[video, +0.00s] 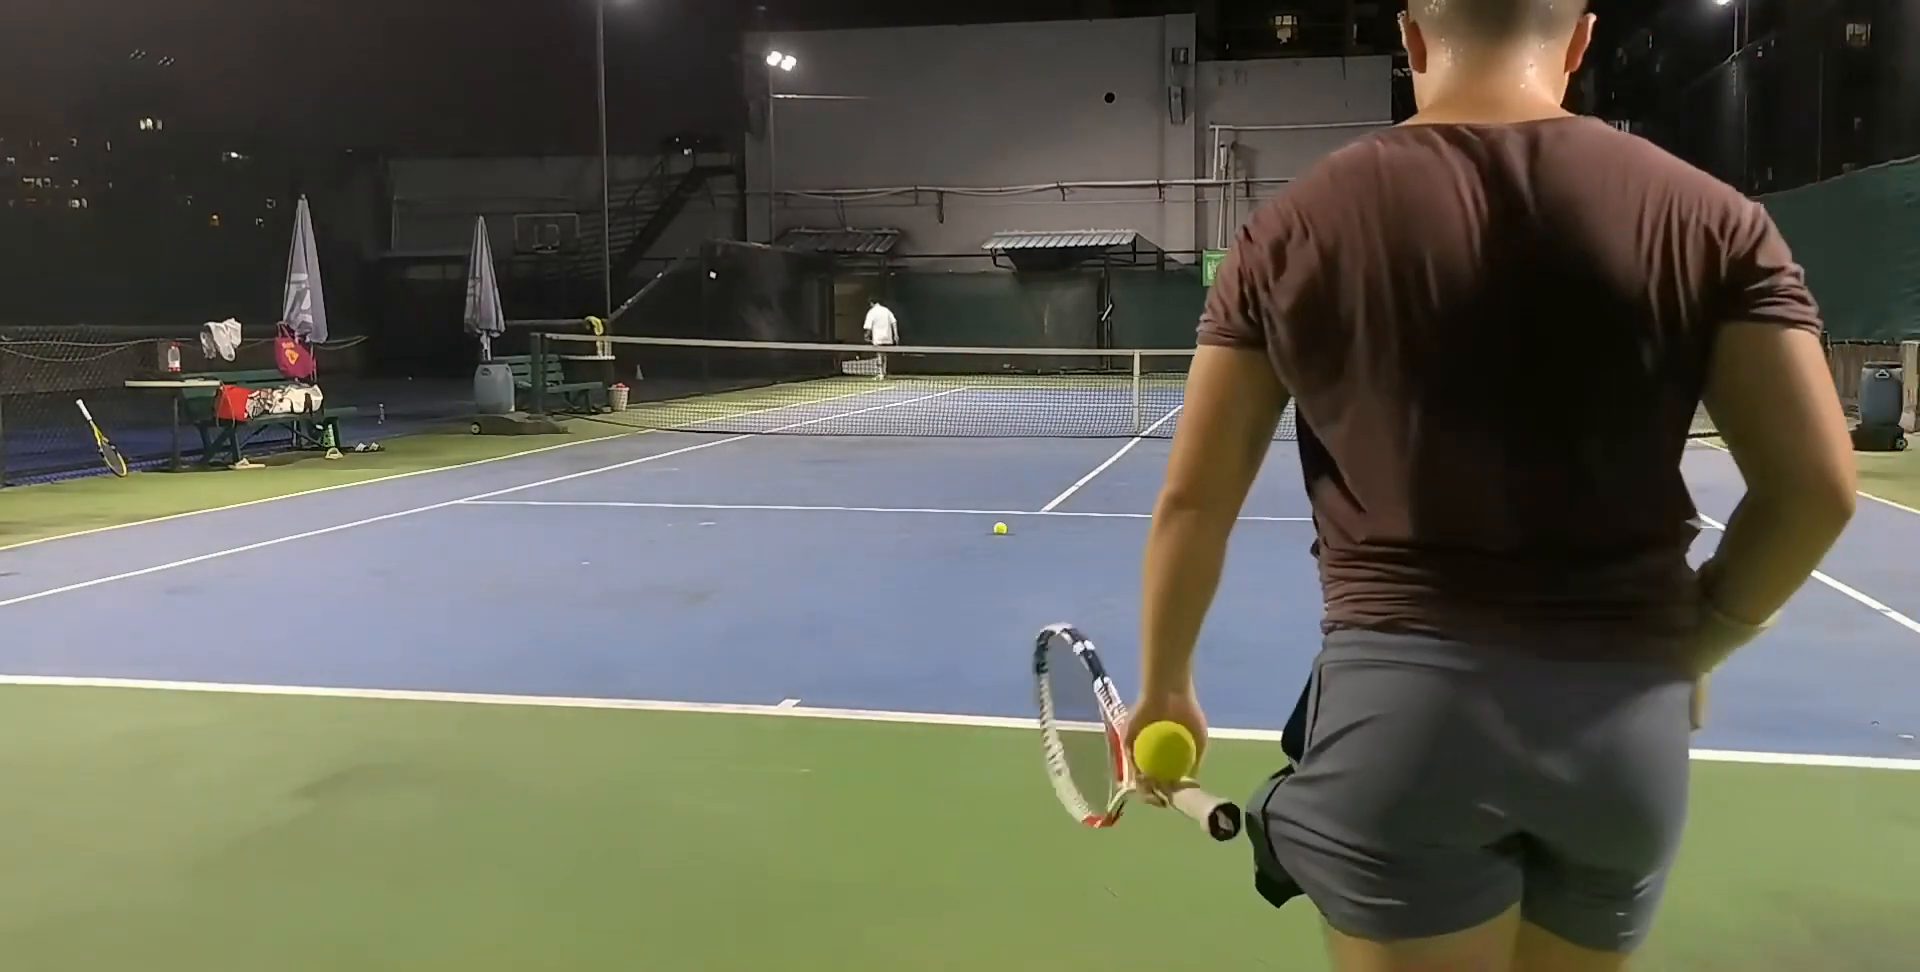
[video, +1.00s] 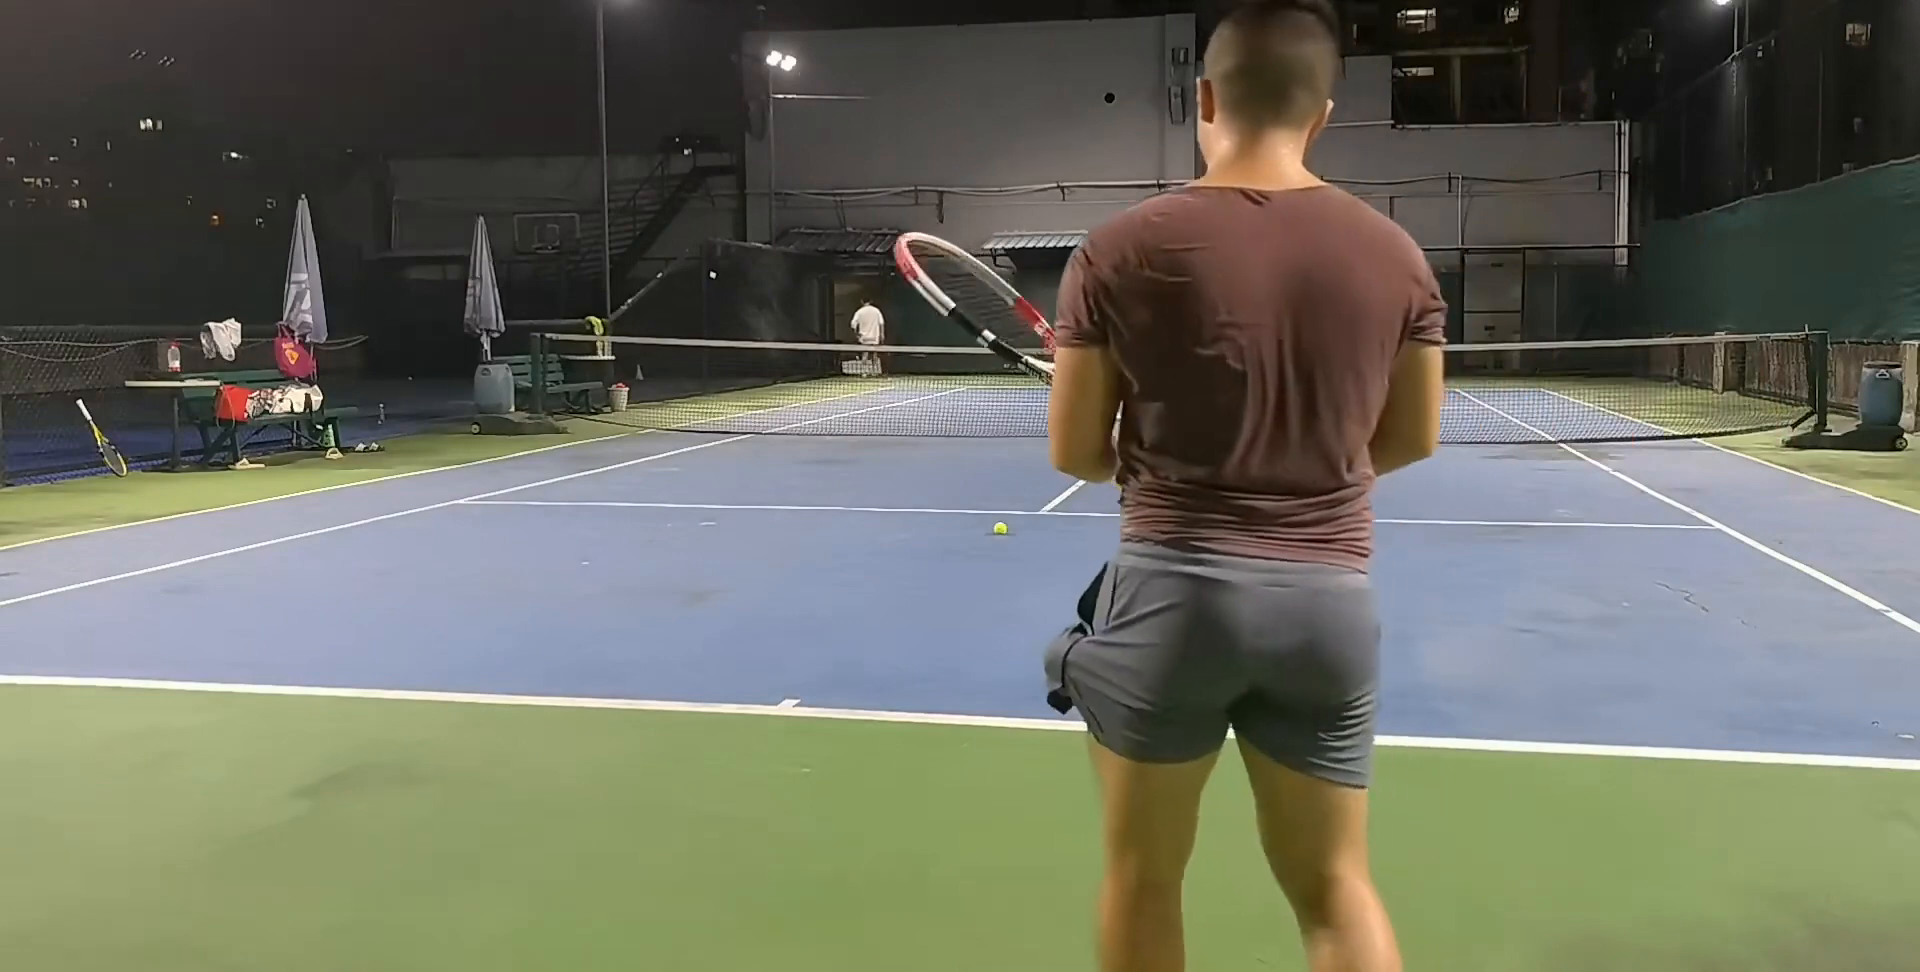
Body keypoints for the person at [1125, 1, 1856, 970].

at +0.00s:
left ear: (1413, 34)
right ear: (1578, 37)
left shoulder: (1301, 223)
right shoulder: (1705, 218)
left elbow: (1192, 502)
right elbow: (1813, 486)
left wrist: (1164, 689)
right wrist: (1692, 638)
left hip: (1391, 714)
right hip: (1624, 727)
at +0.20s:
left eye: (1409, 66)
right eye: (1574, 79)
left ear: (1415, 70)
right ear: (1567, 77)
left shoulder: (1294, 225)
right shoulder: (1652, 245)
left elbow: (1170, 464)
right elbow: (1745, 496)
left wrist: (1158, 633)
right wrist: (1618, 616)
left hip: (1352, 683)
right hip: (1558, 686)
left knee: (1381, 953)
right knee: (1508, 954)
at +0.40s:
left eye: (1399, 71)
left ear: (1410, 71)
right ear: (1549, 91)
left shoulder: (1301, 207)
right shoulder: (1622, 243)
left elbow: (1154, 423)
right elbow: (1697, 475)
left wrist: (1145, 557)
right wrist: (1585, 613)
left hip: (1326, 643)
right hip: (1519, 642)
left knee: (1267, 953)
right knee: (1483, 956)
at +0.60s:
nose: (1346, 94)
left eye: (1348, 74)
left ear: (1364, 73)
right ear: (1490, 96)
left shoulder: (1277, 207)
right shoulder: (1570, 241)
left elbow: (1124, 409)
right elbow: (1631, 455)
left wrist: (1113, 494)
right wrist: (1529, 568)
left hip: (1300, 622)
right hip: (1483, 624)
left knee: (1214, 906)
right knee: (1456, 943)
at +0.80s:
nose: (1277, 118)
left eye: (1278, 102)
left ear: (1291, 101)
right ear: (1407, 118)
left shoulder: (1203, 239)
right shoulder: (1487, 256)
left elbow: (1086, 437)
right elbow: (1543, 443)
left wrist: (1110, 465)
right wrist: (1425, 485)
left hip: (1247, 621)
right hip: (1420, 620)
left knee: (1184, 909)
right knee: (1412, 933)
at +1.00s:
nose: (1199, 115)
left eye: (1198, 101)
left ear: (1206, 101)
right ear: (1322, 114)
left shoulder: (1123, 248)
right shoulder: (1392, 253)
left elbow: (1079, 451)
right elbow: (1408, 438)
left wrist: (1166, 436)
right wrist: (1298, 451)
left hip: (1168, 598)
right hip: (1327, 600)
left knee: (1141, 880)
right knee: (1336, 885)